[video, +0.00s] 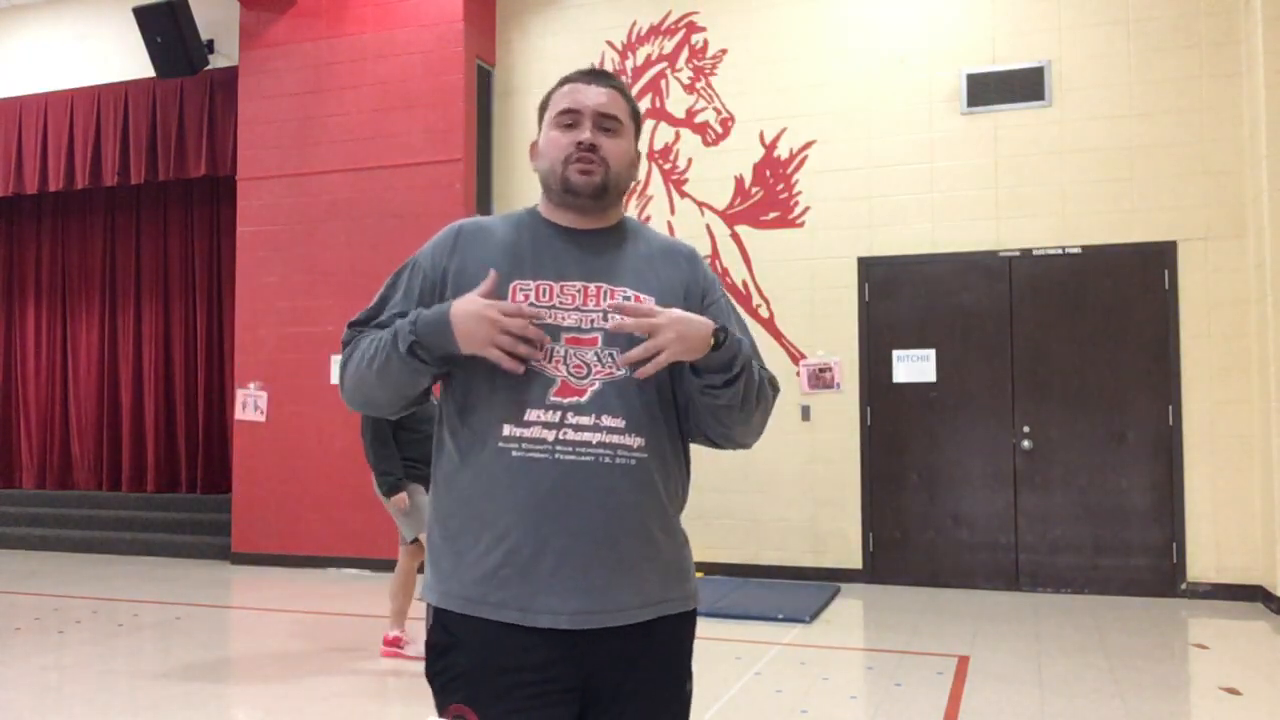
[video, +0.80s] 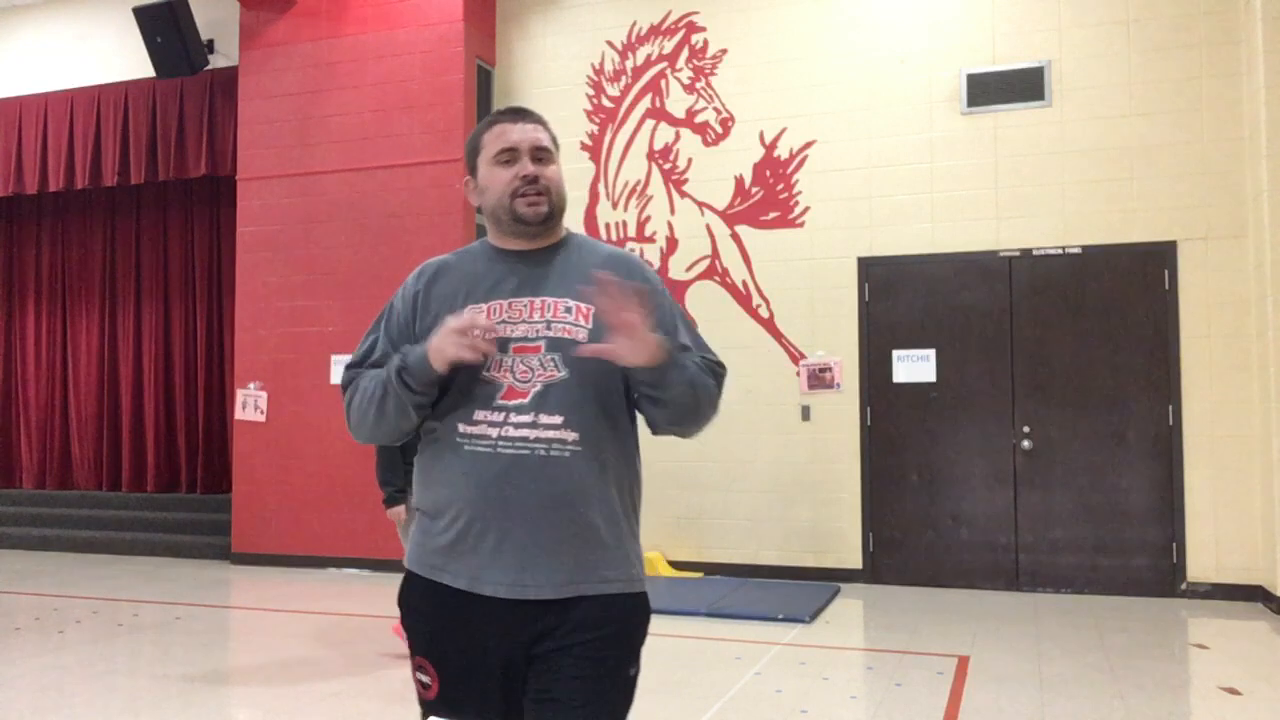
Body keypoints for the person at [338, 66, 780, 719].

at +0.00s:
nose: (587, 136)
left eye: (609, 125)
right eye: (568, 122)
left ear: (637, 159)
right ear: (535, 149)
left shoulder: (680, 270)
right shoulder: (465, 247)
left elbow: (740, 425)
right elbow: (362, 382)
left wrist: (714, 346)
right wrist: (441, 330)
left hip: (640, 612)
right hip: (488, 609)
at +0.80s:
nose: (530, 170)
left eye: (543, 156)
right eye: (507, 158)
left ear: (562, 174)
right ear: (473, 189)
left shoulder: (623, 279)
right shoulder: (432, 283)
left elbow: (693, 411)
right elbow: (364, 414)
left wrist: (652, 359)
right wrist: (428, 360)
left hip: (592, 590)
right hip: (456, 590)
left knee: (581, 710)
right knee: (464, 710)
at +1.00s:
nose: (516, 175)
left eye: (529, 161)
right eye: (494, 165)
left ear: (553, 181)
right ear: (465, 195)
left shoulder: (613, 273)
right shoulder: (427, 287)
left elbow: (671, 383)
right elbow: (360, 404)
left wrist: (576, 324)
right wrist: (419, 393)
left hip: (583, 581)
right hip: (449, 582)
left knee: (568, 711)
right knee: (456, 713)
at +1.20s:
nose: (503, 182)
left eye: (520, 169)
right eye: (485, 171)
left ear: (548, 186)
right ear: (463, 195)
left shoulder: (601, 271)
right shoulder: (424, 289)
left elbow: (629, 372)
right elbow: (366, 403)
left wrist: (510, 335)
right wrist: (437, 394)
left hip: (573, 573)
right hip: (442, 574)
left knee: (562, 711)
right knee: (450, 714)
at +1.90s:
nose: (520, 182)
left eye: (533, 172)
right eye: (500, 170)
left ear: (549, 193)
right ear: (464, 194)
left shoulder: (598, 280)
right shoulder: (415, 292)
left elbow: (666, 374)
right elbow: (342, 399)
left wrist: (573, 373)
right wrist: (419, 395)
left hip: (577, 580)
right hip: (446, 582)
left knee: (568, 711)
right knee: (452, 714)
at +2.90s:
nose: (545, 169)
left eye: (565, 157)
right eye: (529, 155)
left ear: (594, 181)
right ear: (503, 179)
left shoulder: (637, 273)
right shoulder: (449, 273)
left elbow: (694, 383)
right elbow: (373, 395)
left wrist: (623, 351)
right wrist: (435, 358)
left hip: (608, 590)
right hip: (472, 589)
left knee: (600, 709)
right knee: (481, 710)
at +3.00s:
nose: (545, 161)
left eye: (566, 149)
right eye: (529, 147)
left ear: (597, 177)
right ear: (507, 170)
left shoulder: (647, 271)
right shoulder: (451, 269)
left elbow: (719, 369)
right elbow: (372, 397)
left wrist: (683, 389)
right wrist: (419, 351)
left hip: (617, 590)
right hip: (478, 590)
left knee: (610, 710)